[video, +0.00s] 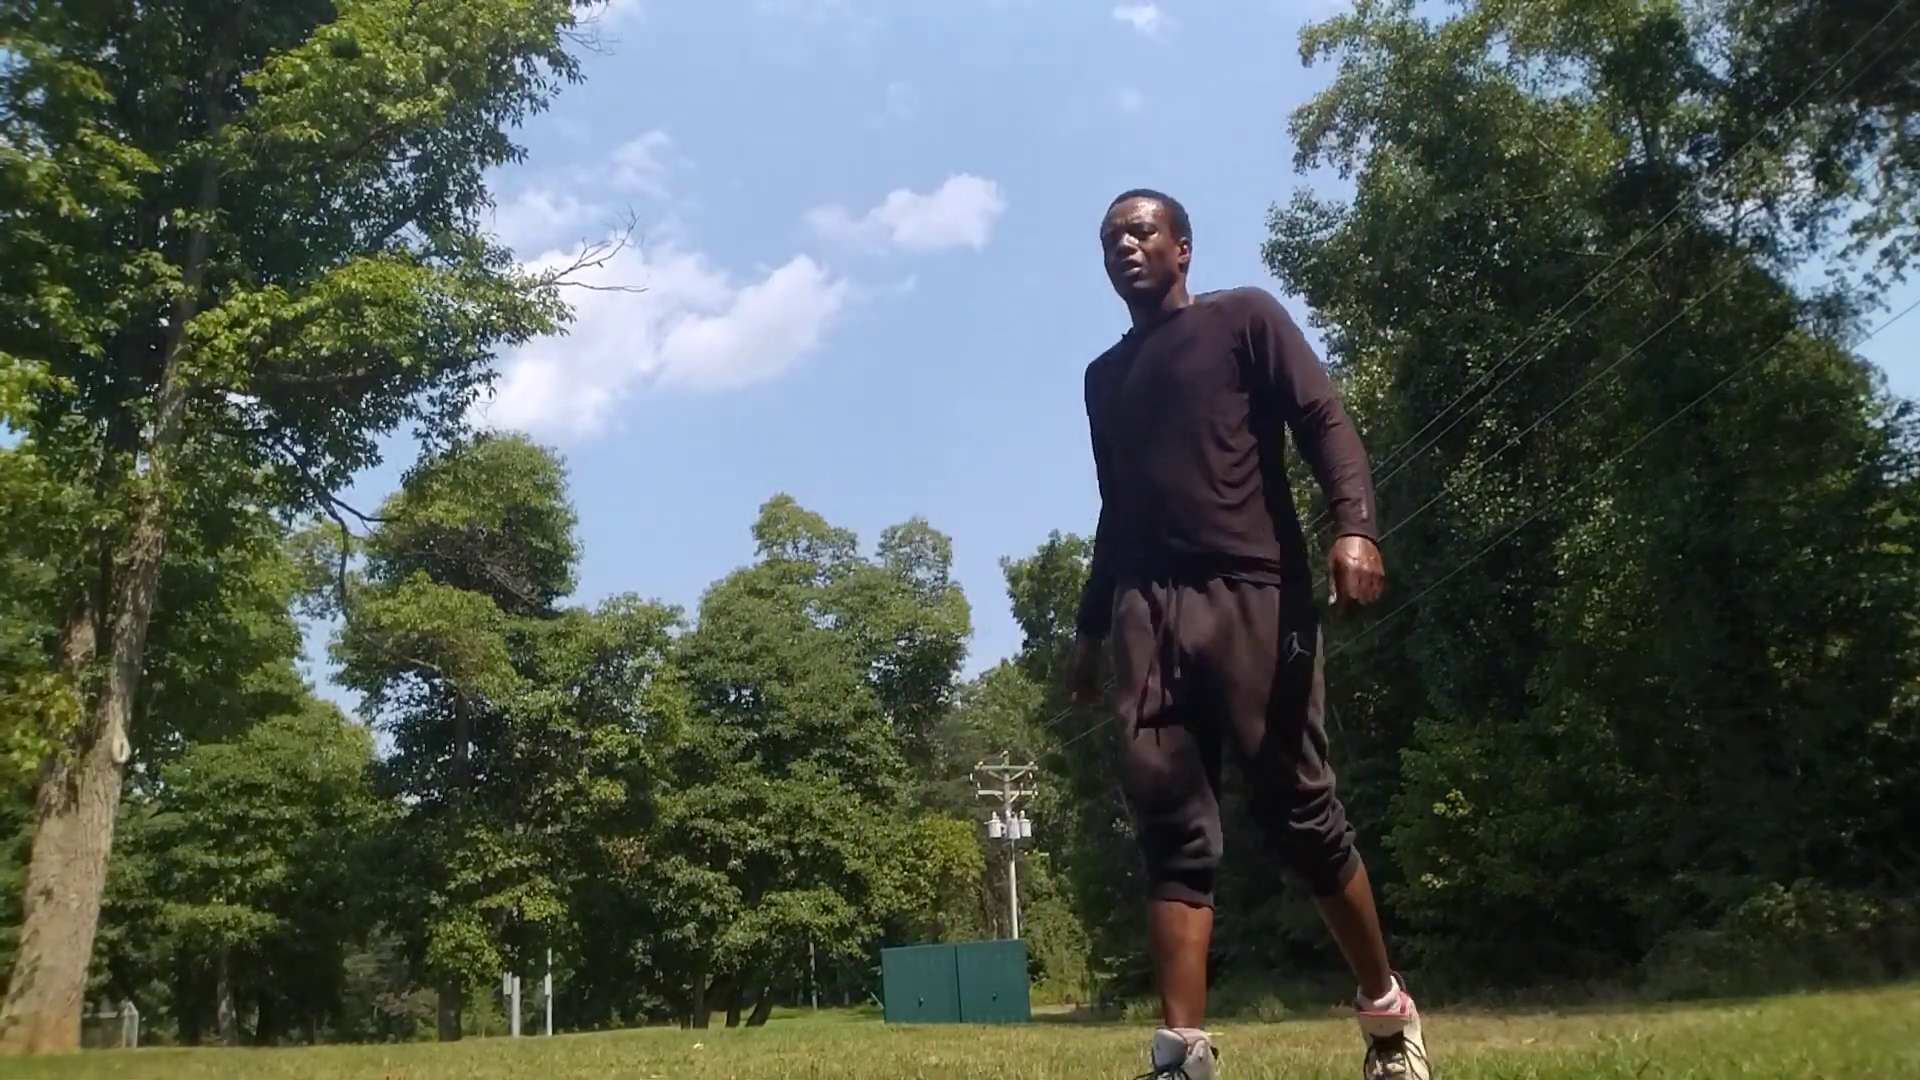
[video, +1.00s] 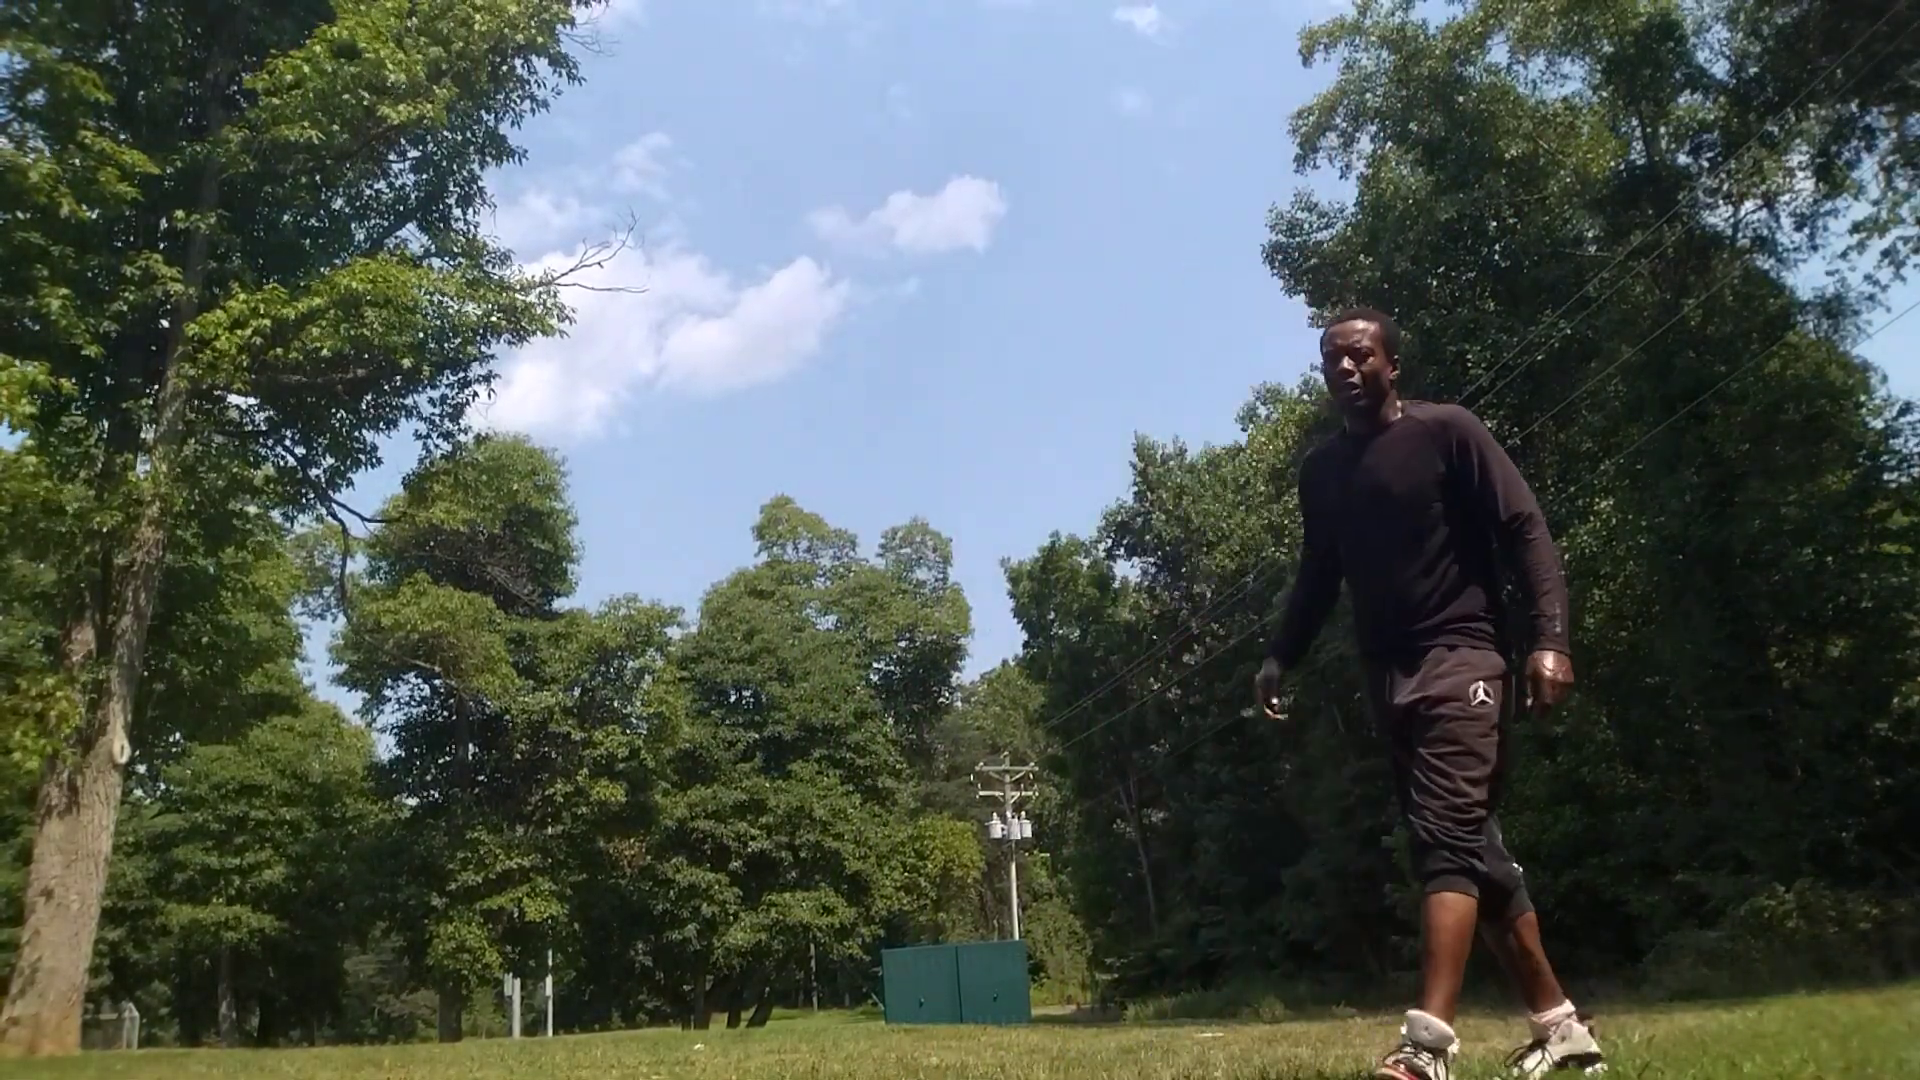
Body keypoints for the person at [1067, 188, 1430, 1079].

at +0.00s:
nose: (1121, 245)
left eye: (1139, 231)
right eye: (1110, 237)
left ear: (1181, 248)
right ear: (1103, 261)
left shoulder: (1244, 315)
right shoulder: (1105, 374)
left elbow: (1325, 420)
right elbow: (1118, 514)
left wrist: (1354, 527)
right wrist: (1088, 630)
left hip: (1252, 594)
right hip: (1146, 606)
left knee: (1303, 815)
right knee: (1172, 831)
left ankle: (1387, 1016)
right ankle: (1181, 1051)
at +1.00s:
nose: (1347, 367)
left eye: (1361, 354)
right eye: (1334, 357)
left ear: (1393, 365)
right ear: (1323, 373)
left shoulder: (1449, 430)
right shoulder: (1323, 467)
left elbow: (1527, 527)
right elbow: (1319, 569)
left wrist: (1551, 636)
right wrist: (1280, 653)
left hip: (1461, 657)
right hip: (1392, 672)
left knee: (1446, 832)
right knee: (1465, 840)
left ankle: (1428, 1038)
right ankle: (1560, 1025)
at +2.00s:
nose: (1465, 350)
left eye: (1476, 335)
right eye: (1462, 340)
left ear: (1526, 333)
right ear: (1488, 349)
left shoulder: (1615, 399)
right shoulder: (1471, 444)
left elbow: (1704, 490)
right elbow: (1472, 550)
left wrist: (1632, 541)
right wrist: (1436, 614)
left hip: (1631, 645)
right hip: (1534, 659)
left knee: (1684, 833)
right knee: (1539, 835)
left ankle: (1729, 1036)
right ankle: (1566, 1029)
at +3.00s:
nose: (1493, 349)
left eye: (1502, 333)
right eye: (1493, 336)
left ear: (1545, 334)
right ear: (1537, 337)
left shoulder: (1617, 385)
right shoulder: (1528, 435)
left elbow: (1691, 463)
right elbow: (1520, 542)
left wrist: (1561, 450)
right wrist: (1453, 525)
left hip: (1626, 624)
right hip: (1545, 638)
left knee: (1672, 821)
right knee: (1541, 825)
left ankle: (1730, 1035)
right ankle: (1579, 1030)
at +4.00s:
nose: (1379, 390)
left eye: (1388, 377)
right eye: (1378, 379)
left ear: (1427, 374)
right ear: (1414, 377)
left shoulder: (1489, 409)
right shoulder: (1412, 462)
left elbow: (1437, 419)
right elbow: (1426, 578)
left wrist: (1360, 424)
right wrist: (1357, 589)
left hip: (1512, 631)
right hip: (1447, 653)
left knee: (1570, 824)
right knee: (1501, 841)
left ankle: (1672, 1016)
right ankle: (1575, 1028)